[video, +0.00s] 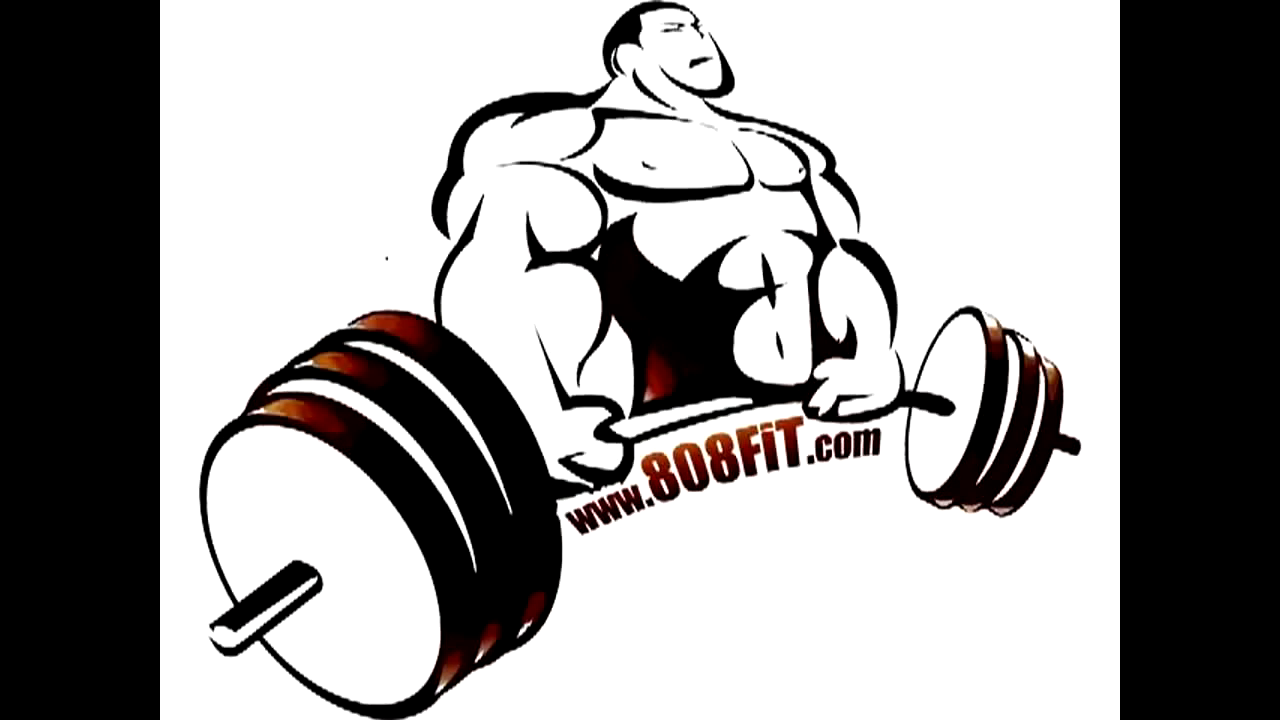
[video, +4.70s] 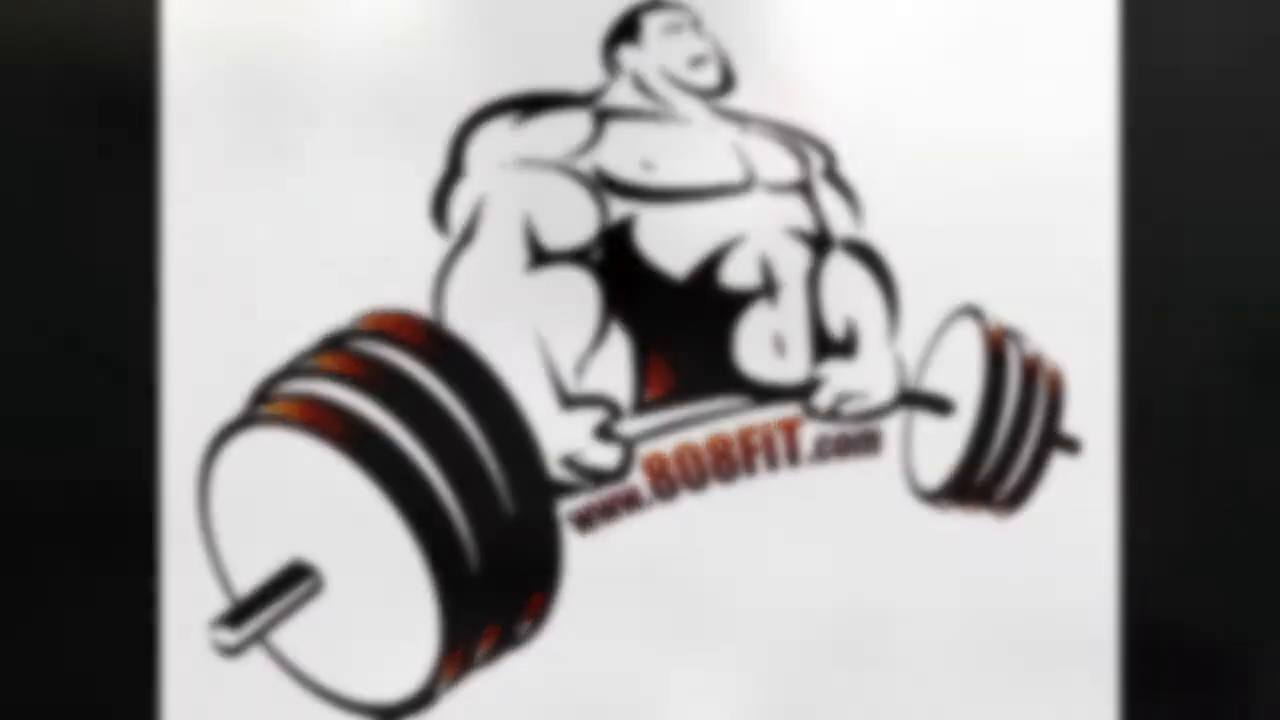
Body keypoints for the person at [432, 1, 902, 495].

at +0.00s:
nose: (702, 40)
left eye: (701, 28)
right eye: (675, 30)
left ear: (713, 45)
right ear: (628, 59)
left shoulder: (776, 145)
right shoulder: (593, 126)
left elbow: (850, 250)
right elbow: (487, 155)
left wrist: (878, 358)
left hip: (747, 331)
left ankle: (870, 369)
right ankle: (577, 429)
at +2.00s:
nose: (702, 40)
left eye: (701, 28)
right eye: (675, 30)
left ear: (713, 45)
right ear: (628, 59)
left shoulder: (776, 145)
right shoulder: (593, 127)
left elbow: (850, 250)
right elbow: (487, 155)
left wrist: (878, 358)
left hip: (747, 331)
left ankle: (870, 369)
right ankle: (577, 429)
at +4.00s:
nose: (702, 40)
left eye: (701, 28)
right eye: (676, 30)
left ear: (712, 45)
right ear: (628, 59)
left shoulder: (775, 145)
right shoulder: (594, 126)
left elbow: (850, 249)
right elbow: (487, 154)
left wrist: (877, 358)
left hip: (747, 330)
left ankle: (869, 369)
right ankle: (578, 428)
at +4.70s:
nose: (701, 43)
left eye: (700, 29)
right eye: (676, 31)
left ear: (717, 41)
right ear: (628, 58)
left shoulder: (779, 148)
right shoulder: (589, 131)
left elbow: (848, 254)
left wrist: (871, 361)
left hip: (750, 328)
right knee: (516, 191)